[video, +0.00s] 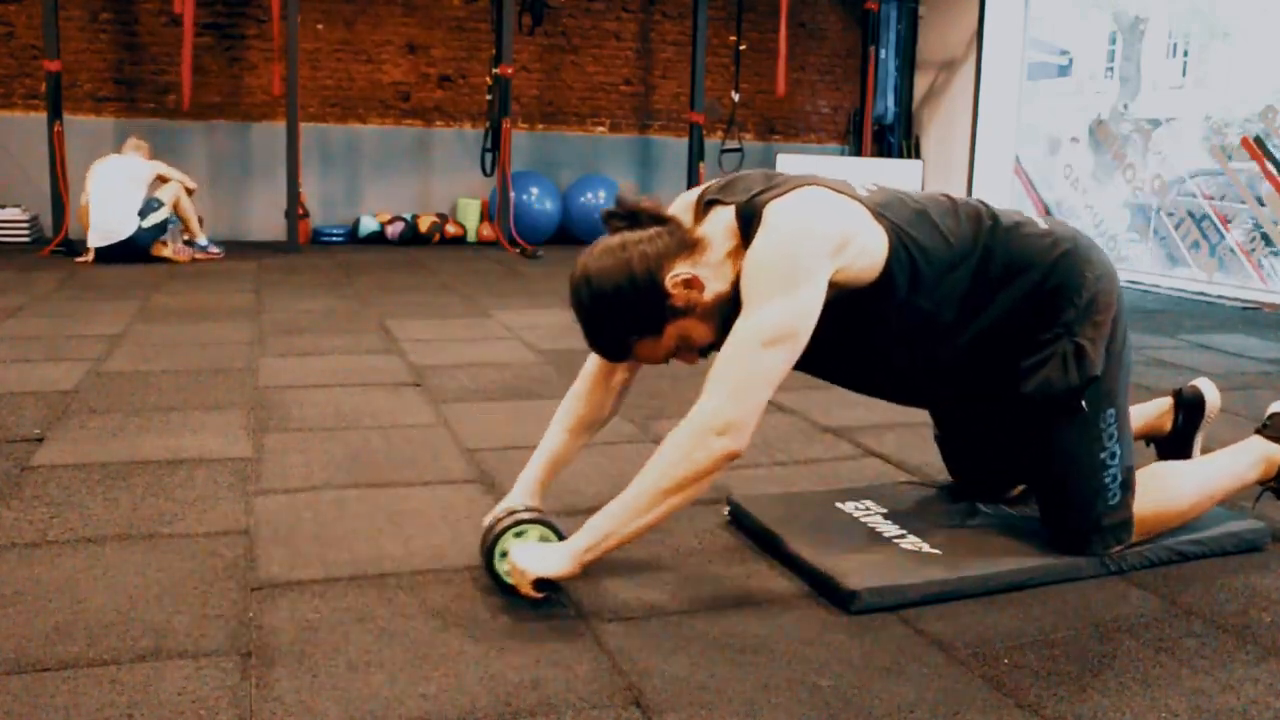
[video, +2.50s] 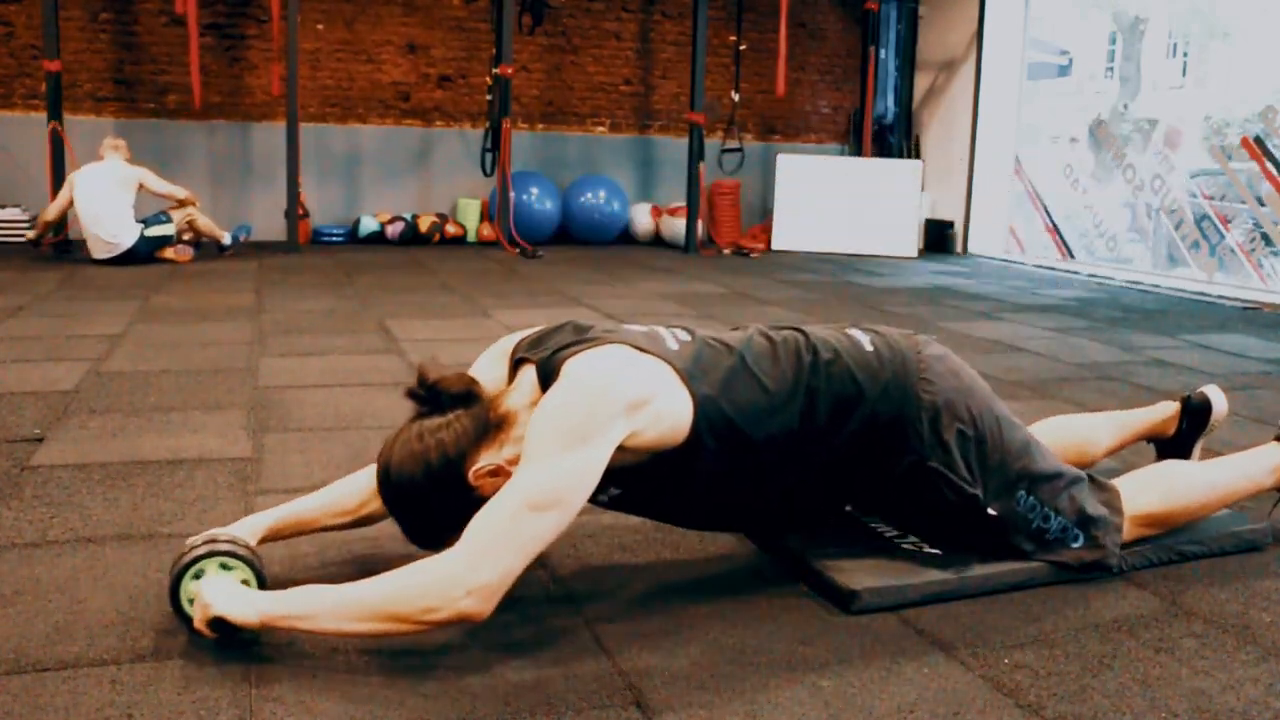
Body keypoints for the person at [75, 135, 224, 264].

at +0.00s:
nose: (147, 160)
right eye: (147, 157)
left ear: (121, 151)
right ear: (145, 155)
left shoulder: (96, 166)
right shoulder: (148, 165)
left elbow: (85, 207)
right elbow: (191, 185)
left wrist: (91, 250)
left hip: (103, 251)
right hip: (131, 244)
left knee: (149, 244)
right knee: (176, 188)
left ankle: (173, 253)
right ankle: (201, 241)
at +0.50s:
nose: (121, 159)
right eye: (123, 155)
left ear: (97, 152)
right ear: (123, 153)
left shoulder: (74, 172)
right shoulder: (129, 168)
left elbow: (51, 214)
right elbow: (167, 184)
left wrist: (74, 216)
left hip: (95, 256)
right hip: (127, 248)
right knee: (181, 203)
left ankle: (167, 250)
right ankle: (227, 233)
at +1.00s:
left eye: (97, 152)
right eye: (114, 151)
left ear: (92, 154)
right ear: (118, 153)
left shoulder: (74, 176)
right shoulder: (132, 170)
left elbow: (51, 219)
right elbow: (166, 197)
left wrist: (35, 233)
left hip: (99, 256)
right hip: (132, 250)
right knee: (181, 206)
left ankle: (169, 251)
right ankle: (217, 238)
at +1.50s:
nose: (111, 148)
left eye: (106, 147)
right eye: (112, 148)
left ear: (90, 155)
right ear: (116, 155)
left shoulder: (70, 178)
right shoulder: (127, 170)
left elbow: (44, 221)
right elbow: (172, 193)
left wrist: (16, 248)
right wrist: (192, 199)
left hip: (96, 256)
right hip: (129, 248)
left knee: (140, 235)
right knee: (184, 210)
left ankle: (169, 252)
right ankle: (222, 238)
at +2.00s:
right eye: (121, 154)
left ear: (94, 154)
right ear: (121, 154)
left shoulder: (75, 178)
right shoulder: (129, 172)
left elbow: (72, 225)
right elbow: (173, 195)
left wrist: (76, 242)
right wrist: (186, 203)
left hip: (96, 255)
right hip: (128, 247)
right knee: (185, 211)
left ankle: (169, 253)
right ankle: (224, 239)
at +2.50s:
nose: (125, 155)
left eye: (119, 151)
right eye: (125, 152)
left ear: (101, 155)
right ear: (125, 155)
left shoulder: (78, 175)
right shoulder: (133, 171)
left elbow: (49, 216)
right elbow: (176, 194)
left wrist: (34, 234)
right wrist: (193, 200)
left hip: (99, 255)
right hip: (131, 247)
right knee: (188, 211)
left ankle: (173, 250)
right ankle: (226, 239)